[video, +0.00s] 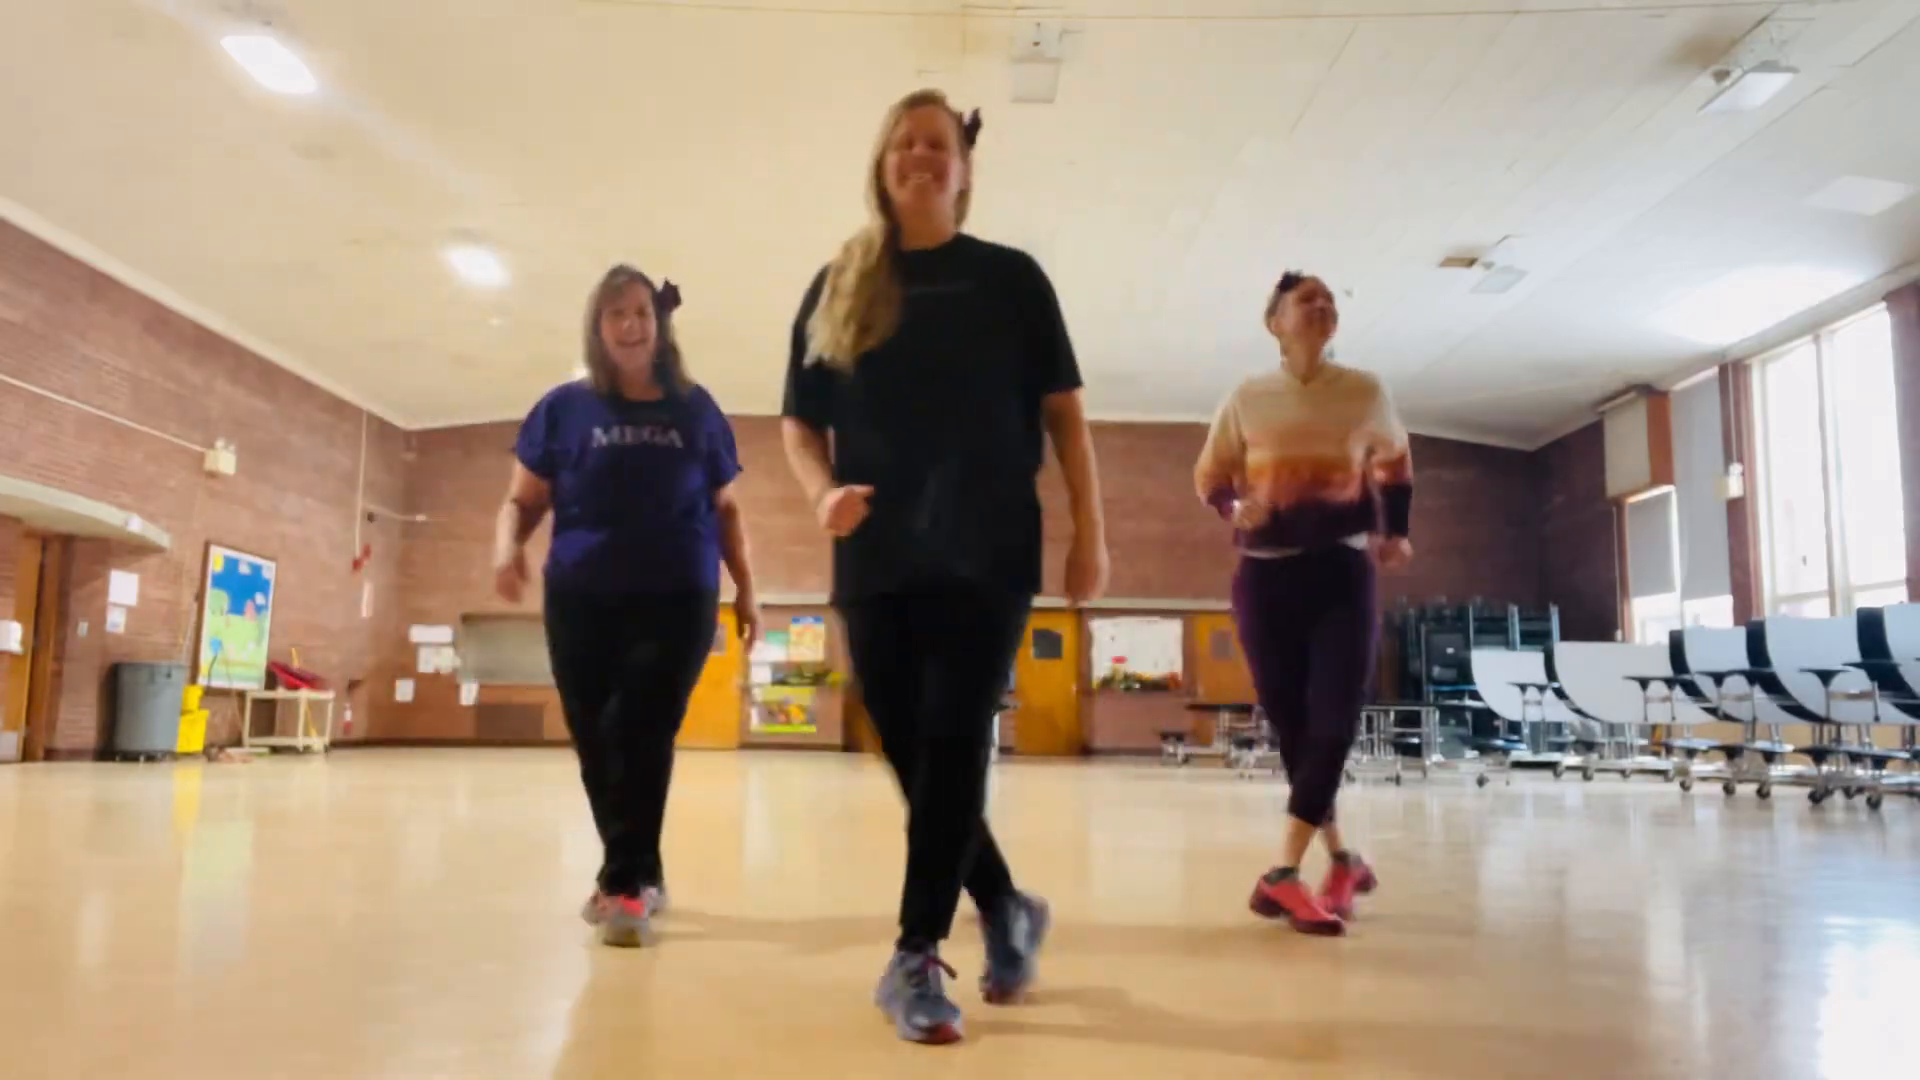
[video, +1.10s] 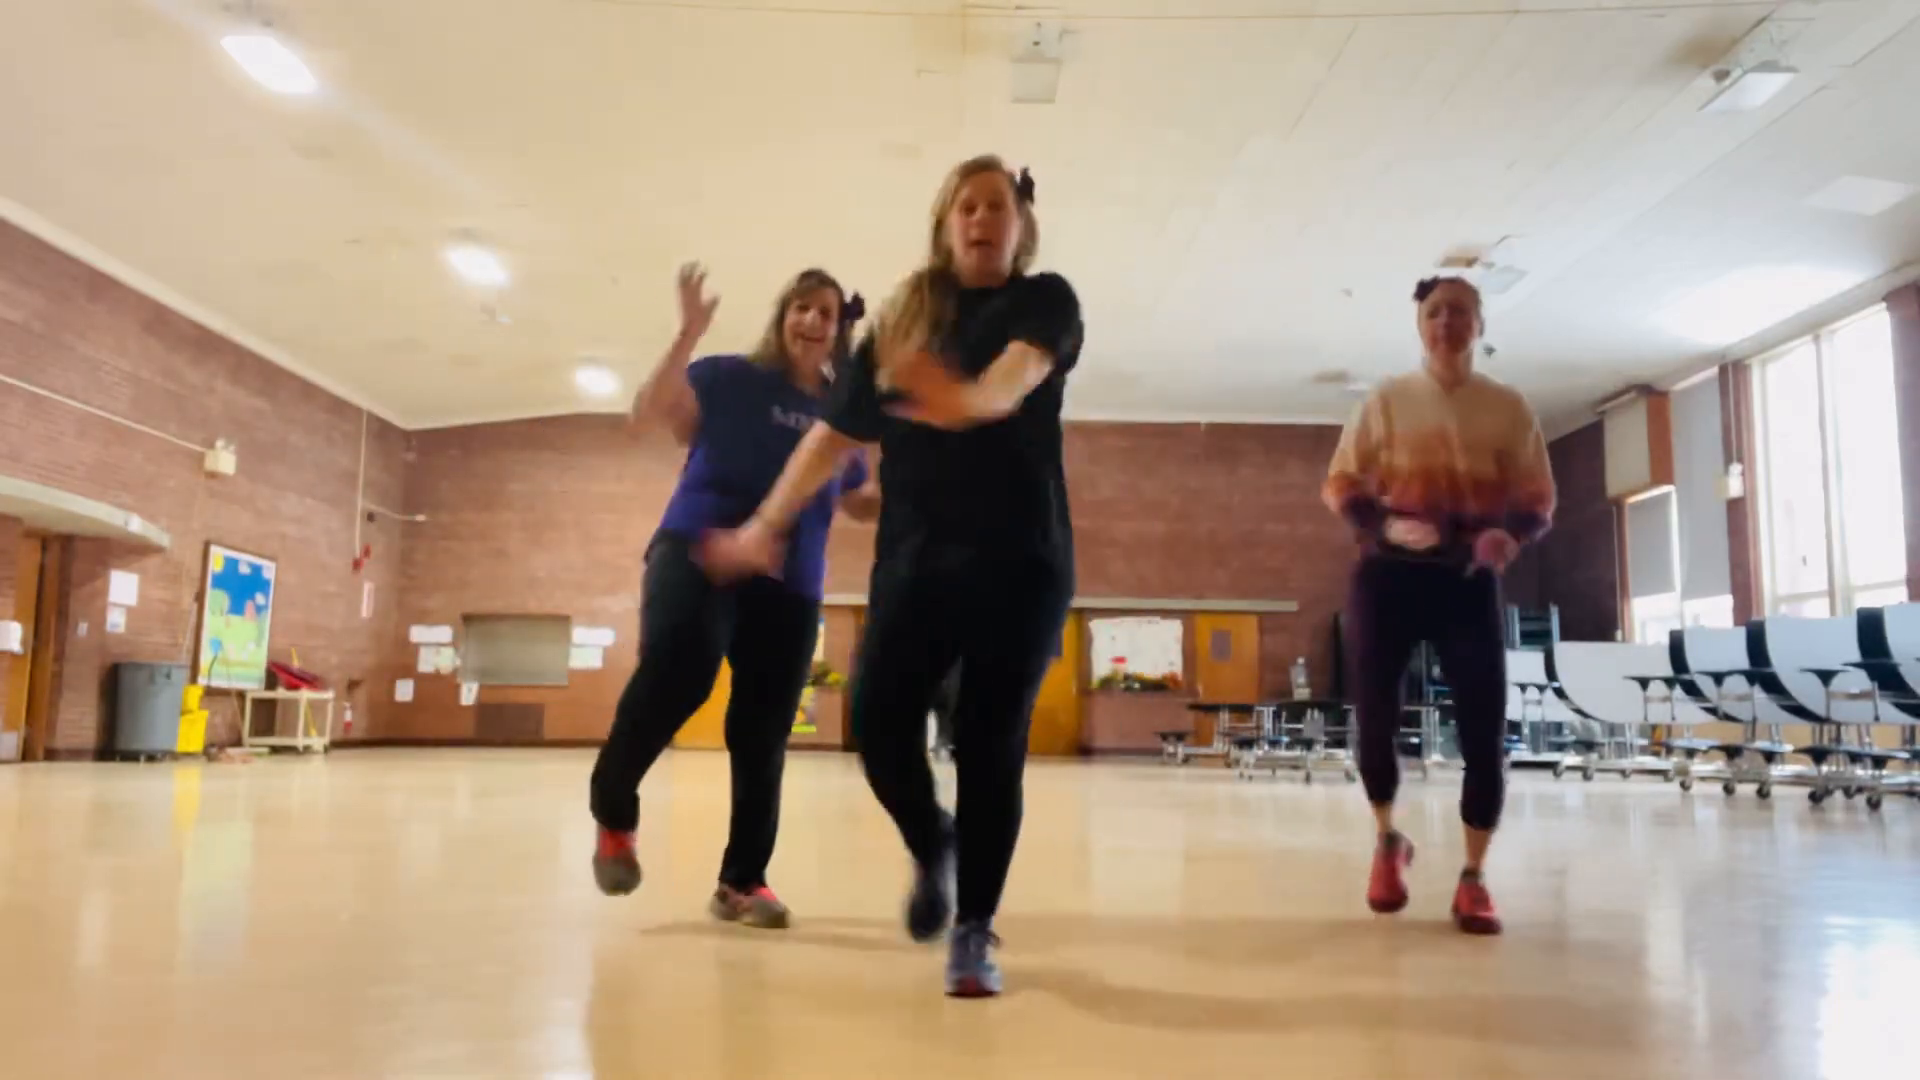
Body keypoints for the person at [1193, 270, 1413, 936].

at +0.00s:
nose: (1320, 306)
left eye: (1327, 299)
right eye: (1304, 299)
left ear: (1336, 322)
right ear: (1274, 322)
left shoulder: (1362, 391)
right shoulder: (1246, 399)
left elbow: (1395, 463)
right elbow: (1209, 476)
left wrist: (1394, 528)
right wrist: (1232, 506)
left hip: (1342, 571)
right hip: (1267, 576)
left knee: (1332, 722)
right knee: (1292, 726)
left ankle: (1284, 873)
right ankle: (1342, 860)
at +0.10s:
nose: (1333, 320)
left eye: (1341, 313)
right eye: (1319, 311)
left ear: (1351, 332)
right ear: (1292, 330)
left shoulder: (1377, 409)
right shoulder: (1260, 417)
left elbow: (1415, 489)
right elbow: (1233, 506)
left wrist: (1435, 551)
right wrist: (1255, 557)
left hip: (1362, 581)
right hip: (1291, 584)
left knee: (1397, 708)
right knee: (1317, 732)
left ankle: (1337, 851)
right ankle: (1350, 870)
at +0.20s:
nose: (1351, 311)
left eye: (1359, 304)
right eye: (1337, 303)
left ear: (1369, 323)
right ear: (1312, 321)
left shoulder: (1394, 398)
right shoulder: (1281, 406)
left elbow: (1447, 453)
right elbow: (1245, 494)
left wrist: (1470, 492)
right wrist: (1268, 547)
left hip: (1380, 569)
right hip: (1308, 573)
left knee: (1438, 687)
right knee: (1326, 727)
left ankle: (1402, 836)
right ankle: (1353, 872)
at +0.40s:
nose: (1397, 307)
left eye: (1406, 300)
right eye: (1385, 298)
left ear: (1418, 320)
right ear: (1361, 316)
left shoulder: (1446, 394)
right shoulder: (1330, 394)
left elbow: (1539, 425)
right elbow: (1294, 478)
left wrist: (1527, 424)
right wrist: (1319, 520)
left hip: (1429, 569)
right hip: (1354, 574)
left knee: (1481, 715)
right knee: (1358, 728)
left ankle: (1505, 861)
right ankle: (1356, 876)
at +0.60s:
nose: (1442, 323)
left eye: (1453, 315)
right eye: (1430, 315)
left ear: (1470, 331)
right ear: (1411, 331)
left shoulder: (1499, 405)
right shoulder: (1384, 413)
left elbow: (1565, 483)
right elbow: (1357, 507)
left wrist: (1520, 420)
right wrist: (1381, 506)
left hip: (1481, 582)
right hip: (1403, 579)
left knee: (1508, 737)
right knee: (1363, 705)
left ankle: (1513, 883)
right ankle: (1371, 824)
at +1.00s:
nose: (1450, 325)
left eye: (1461, 315)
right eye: (1438, 315)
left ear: (1480, 326)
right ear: (1421, 328)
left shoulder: (1515, 405)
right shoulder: (1391, 407)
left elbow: (1538, 501)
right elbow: (1363, 499)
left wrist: (1475, 480)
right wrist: (1423, 482)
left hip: (1479, 586)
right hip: (1400, 582)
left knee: (1484, 737)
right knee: (1386, 728)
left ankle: (1469, 879)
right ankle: (1386, 861)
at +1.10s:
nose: (1446, 322)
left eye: (1458, 312)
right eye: (1435, 312)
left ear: (1478, 324)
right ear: (1419, 324)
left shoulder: (1509, 409)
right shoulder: (1384, 403)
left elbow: (1538, 502)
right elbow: (1340, 487)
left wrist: (1510, 536)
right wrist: (1382, 524)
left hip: (1469, 581)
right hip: (1390, 578)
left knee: (1484, 737)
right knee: (1372, 721)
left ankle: (1473, 879)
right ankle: (1387, 841)